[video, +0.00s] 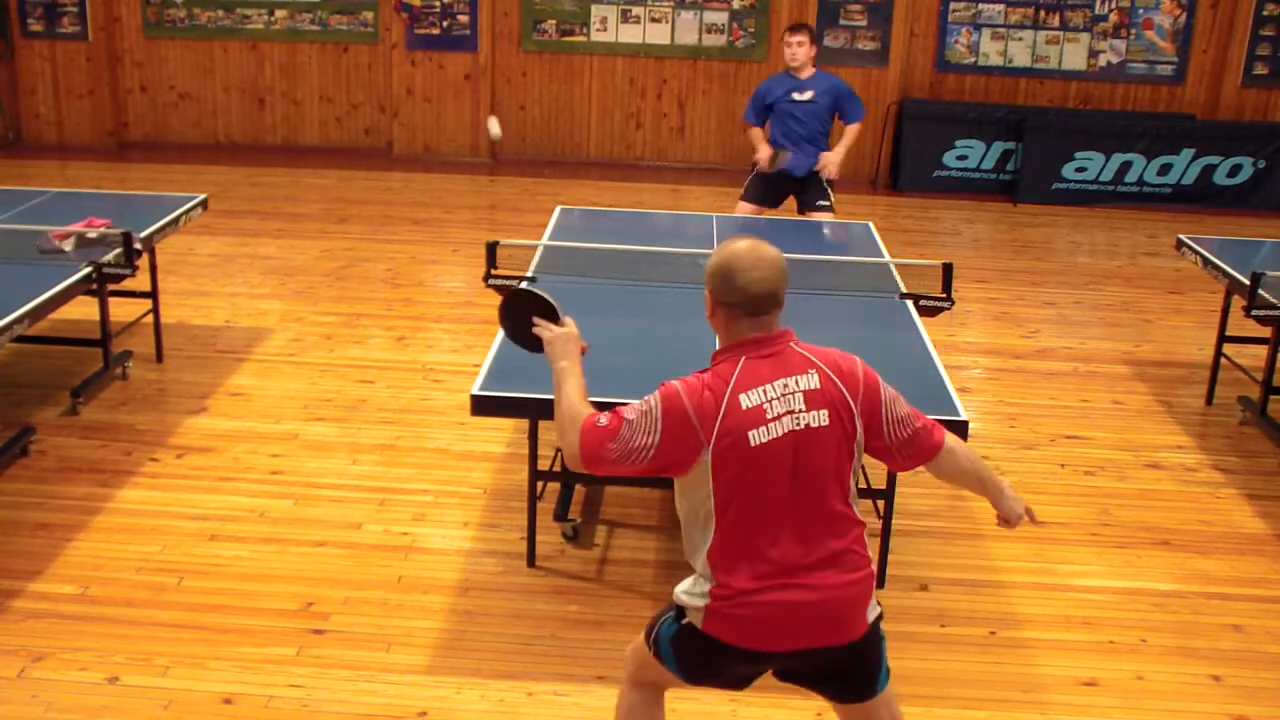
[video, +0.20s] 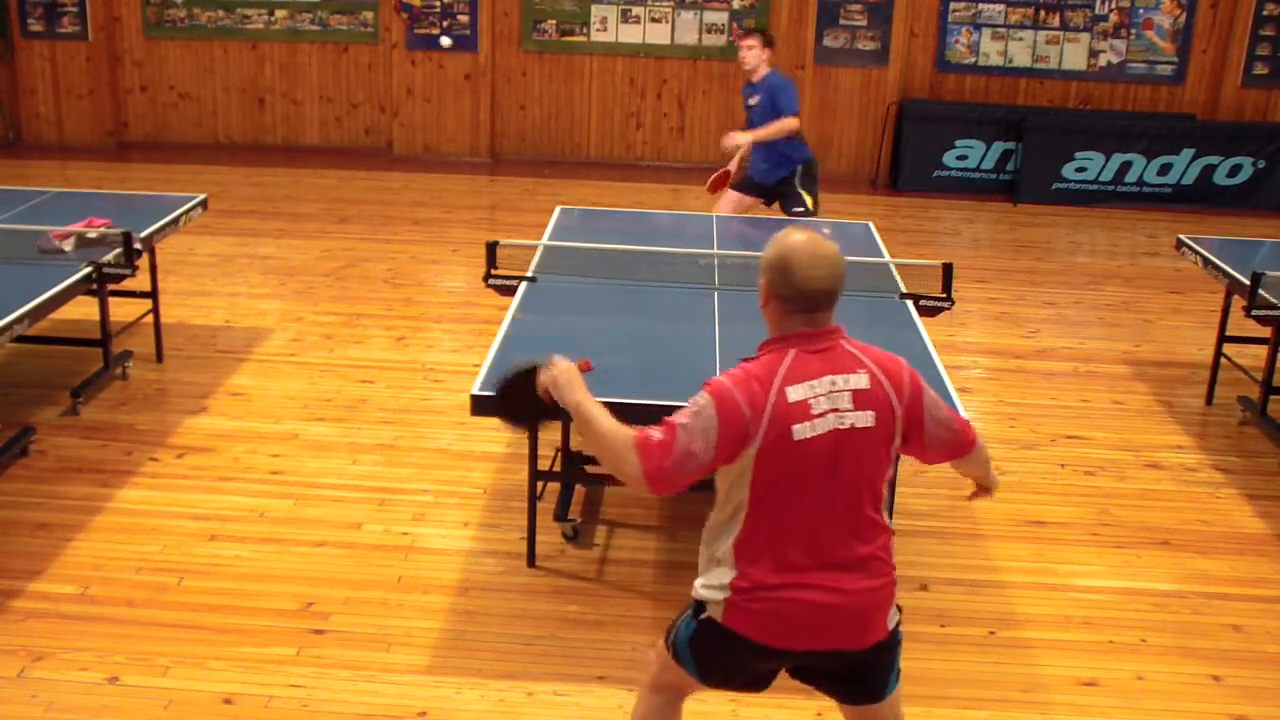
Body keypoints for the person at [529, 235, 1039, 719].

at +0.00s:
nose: (701, 302)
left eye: (703, 295)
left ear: (712, 307)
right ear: (783, 303)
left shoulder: (697, 401)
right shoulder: (845, 375)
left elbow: (583, 447)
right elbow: (928, 443)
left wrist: (563, 356)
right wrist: (1000, 493)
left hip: (735, 623)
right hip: (840, 621)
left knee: (644, 672)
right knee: (876, 707)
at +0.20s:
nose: (756, 290)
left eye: (759, 280)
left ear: (766, 294)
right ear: (839, 293)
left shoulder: (741, 392)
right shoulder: (891, 377)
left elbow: (649, 466)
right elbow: (960, 439)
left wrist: (576, 397)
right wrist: (984, 475)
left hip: (747, 617)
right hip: (858, 624)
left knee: (664, 689)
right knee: (879, 712)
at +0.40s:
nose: (846, 277)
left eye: (849, 269)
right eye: (851, 265)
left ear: (856, 287)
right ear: (926, 294)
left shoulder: (837, 385)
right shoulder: (967, 372)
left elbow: (766, 501)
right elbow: (1016, 436)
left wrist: (674, 497)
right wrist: (959, 461)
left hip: (823, 630)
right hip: (925, 635)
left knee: (725, 708)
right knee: (919, 712)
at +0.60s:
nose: (880, 265)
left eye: (884, 258)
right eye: (886, 255)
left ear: (891, 277)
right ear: (960, 285)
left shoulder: (860, 376)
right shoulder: (998, 372)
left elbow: (798, 500)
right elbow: (1046, 462)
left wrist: (724, 563)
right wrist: (1020, 505)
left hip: (844, 636)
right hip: (946, 637)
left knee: (785, 701)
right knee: (928, 713)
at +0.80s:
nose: (879, 262)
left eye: (882, 256)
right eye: (885, 252)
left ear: (888, 276)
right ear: (961, 286)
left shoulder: (848, 376)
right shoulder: (998, 379)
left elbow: (782, 502)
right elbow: (1043, 496)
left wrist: (724, 587)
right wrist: (1050, 573)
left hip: (837, 641)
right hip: (942, 642)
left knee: (802, 710)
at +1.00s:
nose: (867, 263)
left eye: (870, 255)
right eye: (874, 251)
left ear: (876, 281)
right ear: (953, 289)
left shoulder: (832, 376)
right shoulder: (992, 385)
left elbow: (760, 499)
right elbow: (1032, 510)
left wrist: (700, 579)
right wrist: (1035, 607)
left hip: (825, 646)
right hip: (931, 649)